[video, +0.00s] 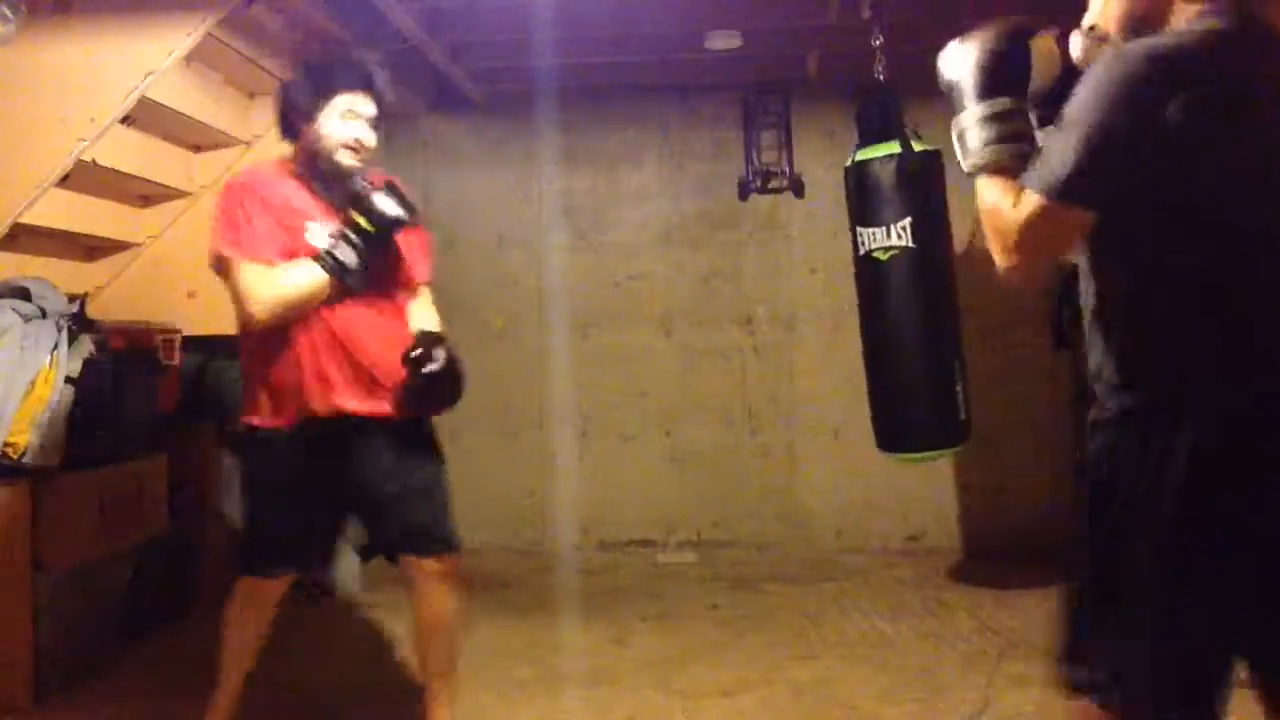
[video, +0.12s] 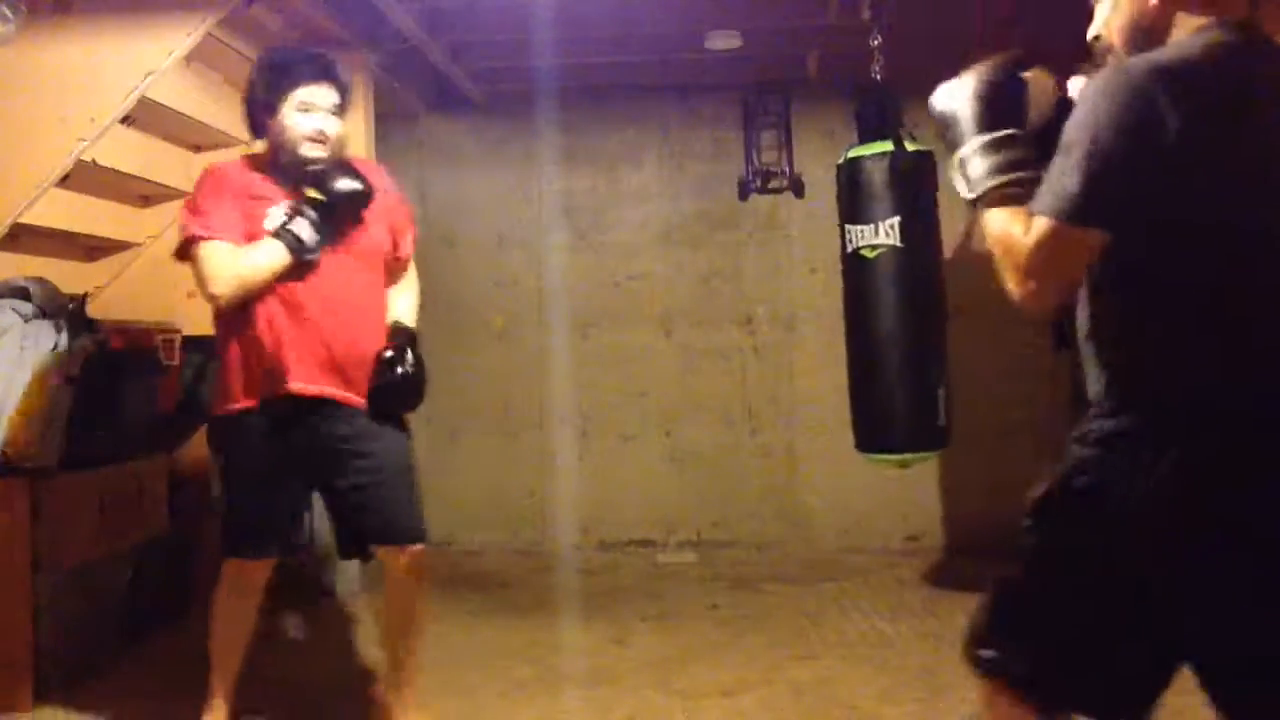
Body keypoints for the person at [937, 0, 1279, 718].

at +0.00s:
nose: (1087, 13)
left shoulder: (1142, 75)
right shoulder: (1260, 62)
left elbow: (1018, 250)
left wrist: (982, 103)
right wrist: (1103, 77)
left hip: (1167, 437)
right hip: (1263, 420)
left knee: (1149, 682)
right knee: (1273, 667)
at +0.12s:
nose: (1092, 20)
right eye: (1094, 0)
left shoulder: (1141, 91)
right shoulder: (1266, 75)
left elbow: (1034, 277)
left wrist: (987, 145)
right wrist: (1102, 111)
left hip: (1148, 473)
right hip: (1259, 463)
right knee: (1262, 691)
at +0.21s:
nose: (1073, 16)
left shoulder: (1119, 88)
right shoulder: (1266, 75)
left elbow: (1000, 268)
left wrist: (950, 125)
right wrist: (1052, 111)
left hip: (1132, 462)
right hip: (1256, 456)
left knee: (990, 674)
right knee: (1245, 692)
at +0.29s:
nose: (1038, 3)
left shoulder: (1071, 81)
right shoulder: (1256, 79)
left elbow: (958, 259)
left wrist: (905, 113)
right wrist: (1026, 91)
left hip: (1093, 469)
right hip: (1244, 464)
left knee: (973, 690)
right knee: (1243, 694)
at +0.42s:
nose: (962, 8)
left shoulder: (983, 90)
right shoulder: (1173, 85)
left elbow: (885, 266)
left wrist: (830, 156)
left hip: (1023, 489)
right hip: (1188, 480)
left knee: (950, 702)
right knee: (1235, 703)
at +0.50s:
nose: (902, 15)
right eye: (906, 0)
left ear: (965, 4)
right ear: (1038, 7)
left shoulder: (910, 110)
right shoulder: (1111, 100)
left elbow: (833, 292)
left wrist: (782, 184)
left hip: (957, 511)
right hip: (1126, 499)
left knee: (908, 707)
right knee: (1211, 705)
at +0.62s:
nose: (832, 11)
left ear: (888, 7)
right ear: (966, 12)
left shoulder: (831, 113)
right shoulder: (1039, 103)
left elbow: (756, 287)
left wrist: (722, 178)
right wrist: (784, 132)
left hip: (886, 504)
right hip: (1056, 489)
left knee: (857, 708)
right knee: (1123, 709)